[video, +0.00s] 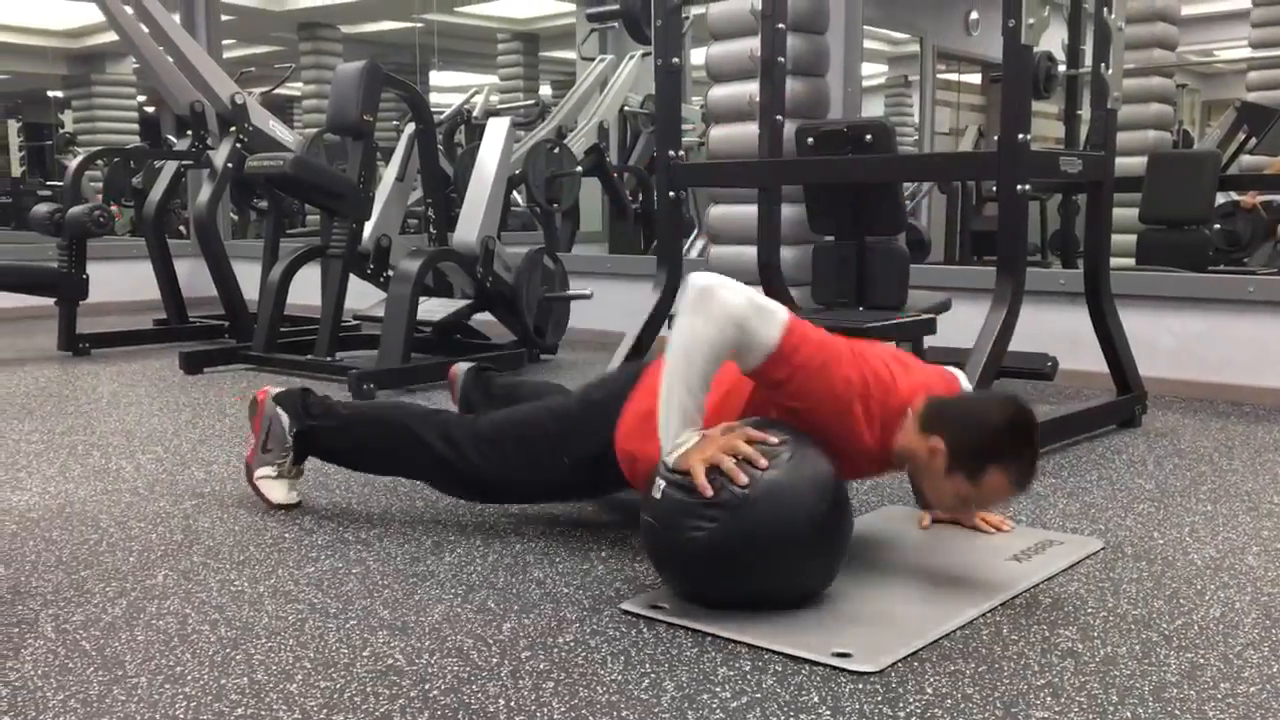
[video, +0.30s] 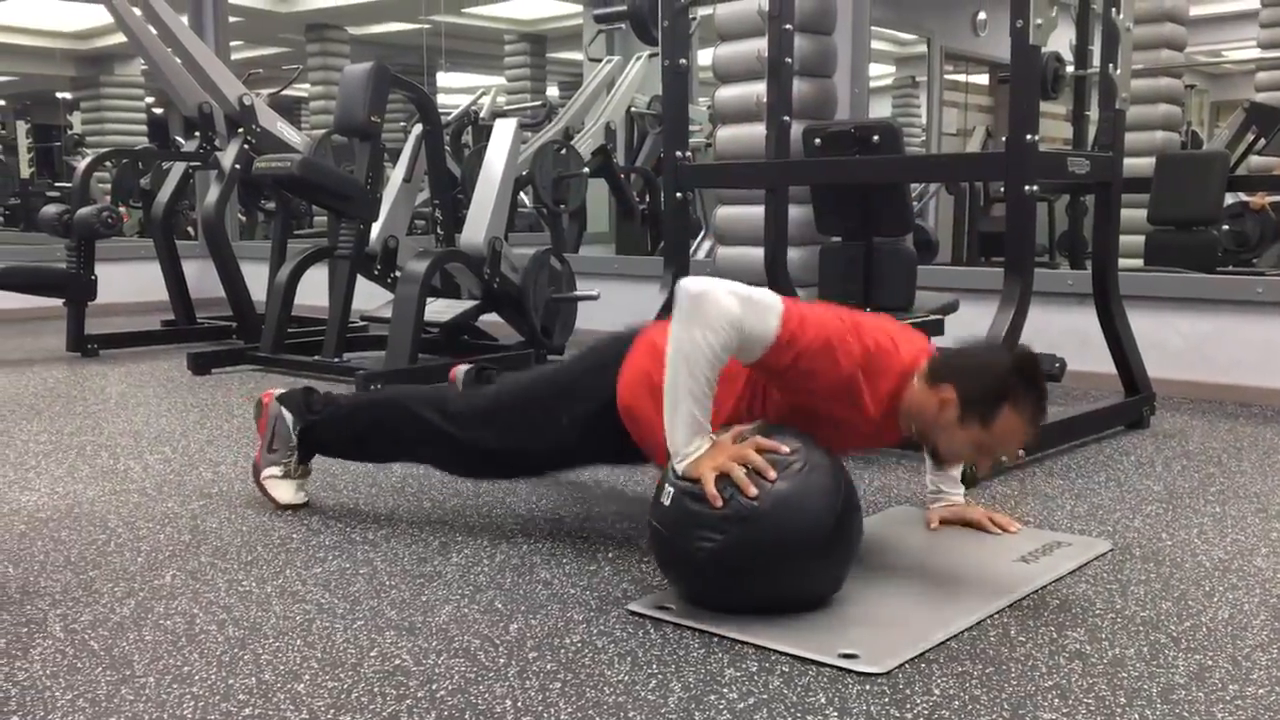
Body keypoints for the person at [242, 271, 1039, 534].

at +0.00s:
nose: (967, 511)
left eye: (983, 505)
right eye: (967, 497)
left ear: (955, 448)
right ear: (928, 448)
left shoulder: (939, 401)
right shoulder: (848, 384)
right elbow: (708, 296)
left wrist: (962, 501)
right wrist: (678, 436)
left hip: (686, 402)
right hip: (643, 411)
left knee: (533, 418)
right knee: (469, 457)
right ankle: (294, 416)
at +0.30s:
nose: (976, 470)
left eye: (996, 462)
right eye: (984, 451)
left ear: (964, 408)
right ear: (952, 400)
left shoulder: (921, 379)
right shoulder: (855, 355)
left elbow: (943, 419)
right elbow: (702, 299)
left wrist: (949, 493)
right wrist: (689, 441)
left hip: (663, 399)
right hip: (631, 379)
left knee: (504, 412)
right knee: (472, 431)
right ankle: (298, 419)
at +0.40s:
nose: (975, 384)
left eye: (987, 373)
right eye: (974, 366)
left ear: (951, 330)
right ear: (930, 321)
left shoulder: (925, 329)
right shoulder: (822, 291)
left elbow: (944, 398)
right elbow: (674, 300)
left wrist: (947, 492)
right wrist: (703, 434)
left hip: (654, 388)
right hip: (614, 334)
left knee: (551, 406)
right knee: (459, 398)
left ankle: (484, 419)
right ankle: (295, 417)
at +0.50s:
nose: (954, 290)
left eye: (969, 278)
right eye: (953, 268)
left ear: (947, 256)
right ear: (905, 223)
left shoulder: (897, 291)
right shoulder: (803, 218)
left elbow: (925, 383)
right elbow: (668, 305)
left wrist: (949, 492)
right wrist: (781, 377)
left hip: (639, 333)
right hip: (595, 283)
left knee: (527, 385)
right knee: (452, 369)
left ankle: (481, 417)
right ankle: (294, 418)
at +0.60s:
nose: (932, 241)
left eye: (948, 228)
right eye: (929, 217)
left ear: (944, 212)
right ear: (885, 170)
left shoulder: (887, 232)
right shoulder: (790, 183)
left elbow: (920, 342)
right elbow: (668, 298)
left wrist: (950, 441)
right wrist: (796, 336)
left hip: (634, 311)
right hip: (580, 274)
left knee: (533, 369)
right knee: (444, 369)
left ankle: (484, 412)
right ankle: (291, 422)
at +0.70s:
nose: (923, 259)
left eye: (939, 250)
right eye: (921, 237)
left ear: (915, 206)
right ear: (879, 188)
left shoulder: (876, 204)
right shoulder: (777, 208)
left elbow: (892, 267)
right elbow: (664, 319)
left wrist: (910, 349)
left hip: (627, 322)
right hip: (572, 297)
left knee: (529, 383)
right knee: (450, 379)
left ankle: (482, 417)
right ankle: (288, 421)